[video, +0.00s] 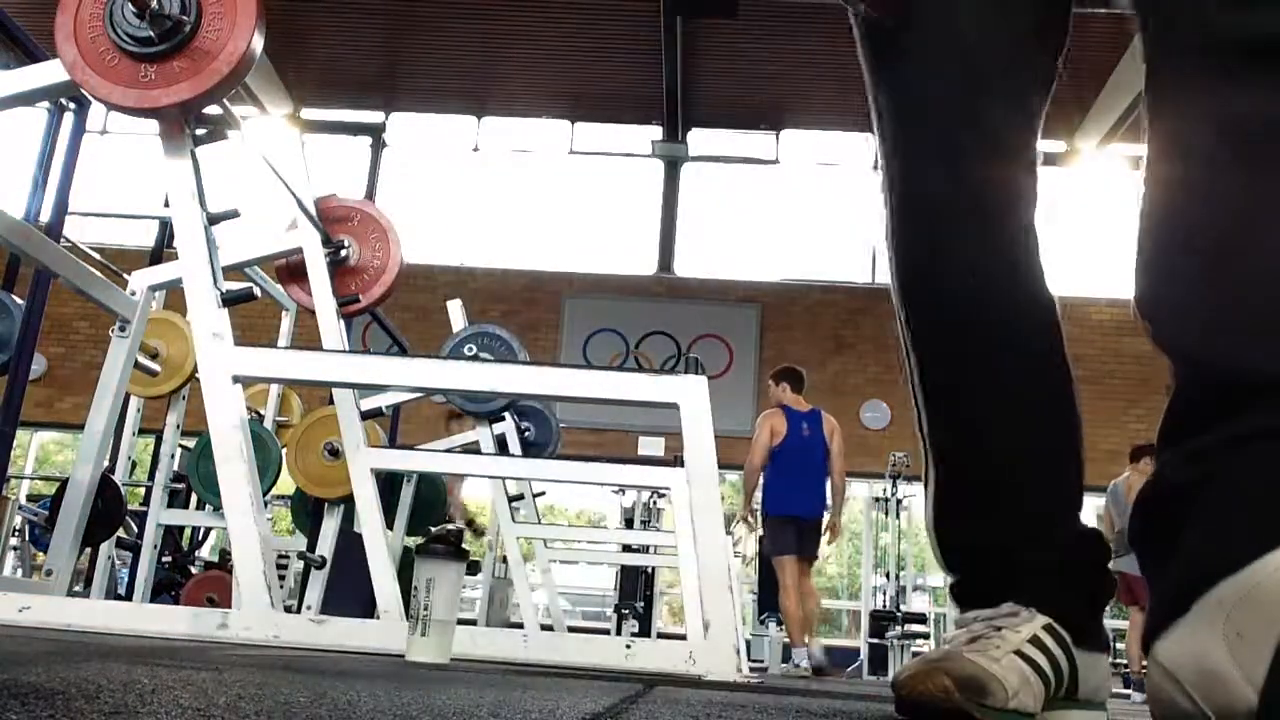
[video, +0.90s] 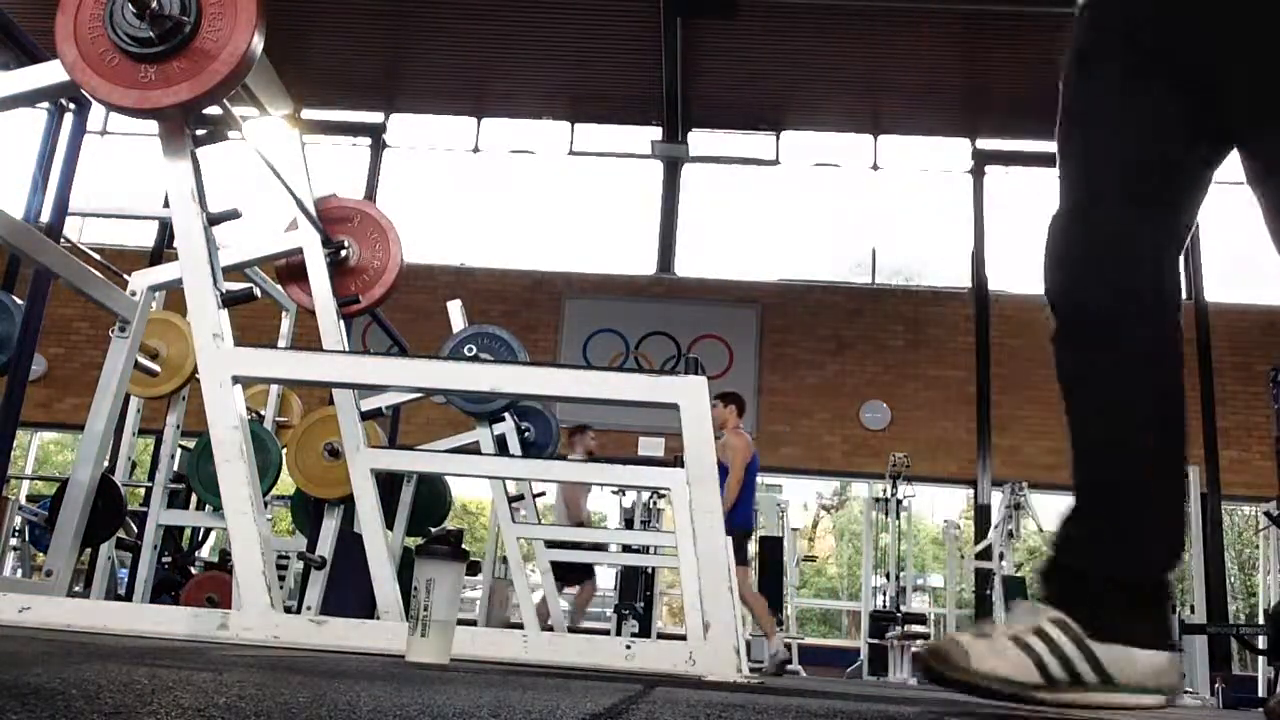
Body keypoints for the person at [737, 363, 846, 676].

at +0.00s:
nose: (770, 395)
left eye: (771, 389)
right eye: (770, 390)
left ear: (783, 387)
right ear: (800, 389)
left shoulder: (771, 418)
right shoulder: (829, 422)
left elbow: (754, 464)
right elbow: (838, 473)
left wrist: (747, 503)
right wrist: (836, 513)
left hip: (780, 513)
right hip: (813, 514)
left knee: (788, 584)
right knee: (804, 577)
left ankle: (799, 657)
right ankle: (813, 646)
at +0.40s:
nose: (755, 406)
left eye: (759, 400)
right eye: (756, 400)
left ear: (774, 402)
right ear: (780, 404)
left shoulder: (769, 430)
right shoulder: (799, 436)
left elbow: (760, 474)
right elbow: (801, 484)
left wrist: (743, 513)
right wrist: (793, 513)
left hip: (768, 516)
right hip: (790, 518)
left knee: (755, 581)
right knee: (777, 583)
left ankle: (790, 631)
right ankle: (786, 656)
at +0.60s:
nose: (742, 407)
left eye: (746, 402)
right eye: (743, 402)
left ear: (763, 405)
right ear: (766, 408)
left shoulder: (762, 432)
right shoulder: (780, 435)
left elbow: (760, 474)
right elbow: (777, 482)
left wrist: (746, 511)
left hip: (757, 518)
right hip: (776, 520)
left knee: (730, 574)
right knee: (772, 583)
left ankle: (751, 638)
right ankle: (781, 653)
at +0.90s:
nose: (712, 412)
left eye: (716, 407)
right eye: (713, 408)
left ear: (732, 411)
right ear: (732, 412)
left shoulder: (736, 439)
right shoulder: (735, 439)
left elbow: (735, 479)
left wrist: (720, 512)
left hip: (733, 523)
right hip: (737, 523)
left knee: (741, 587)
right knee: (743, 588)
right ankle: (775, 645)